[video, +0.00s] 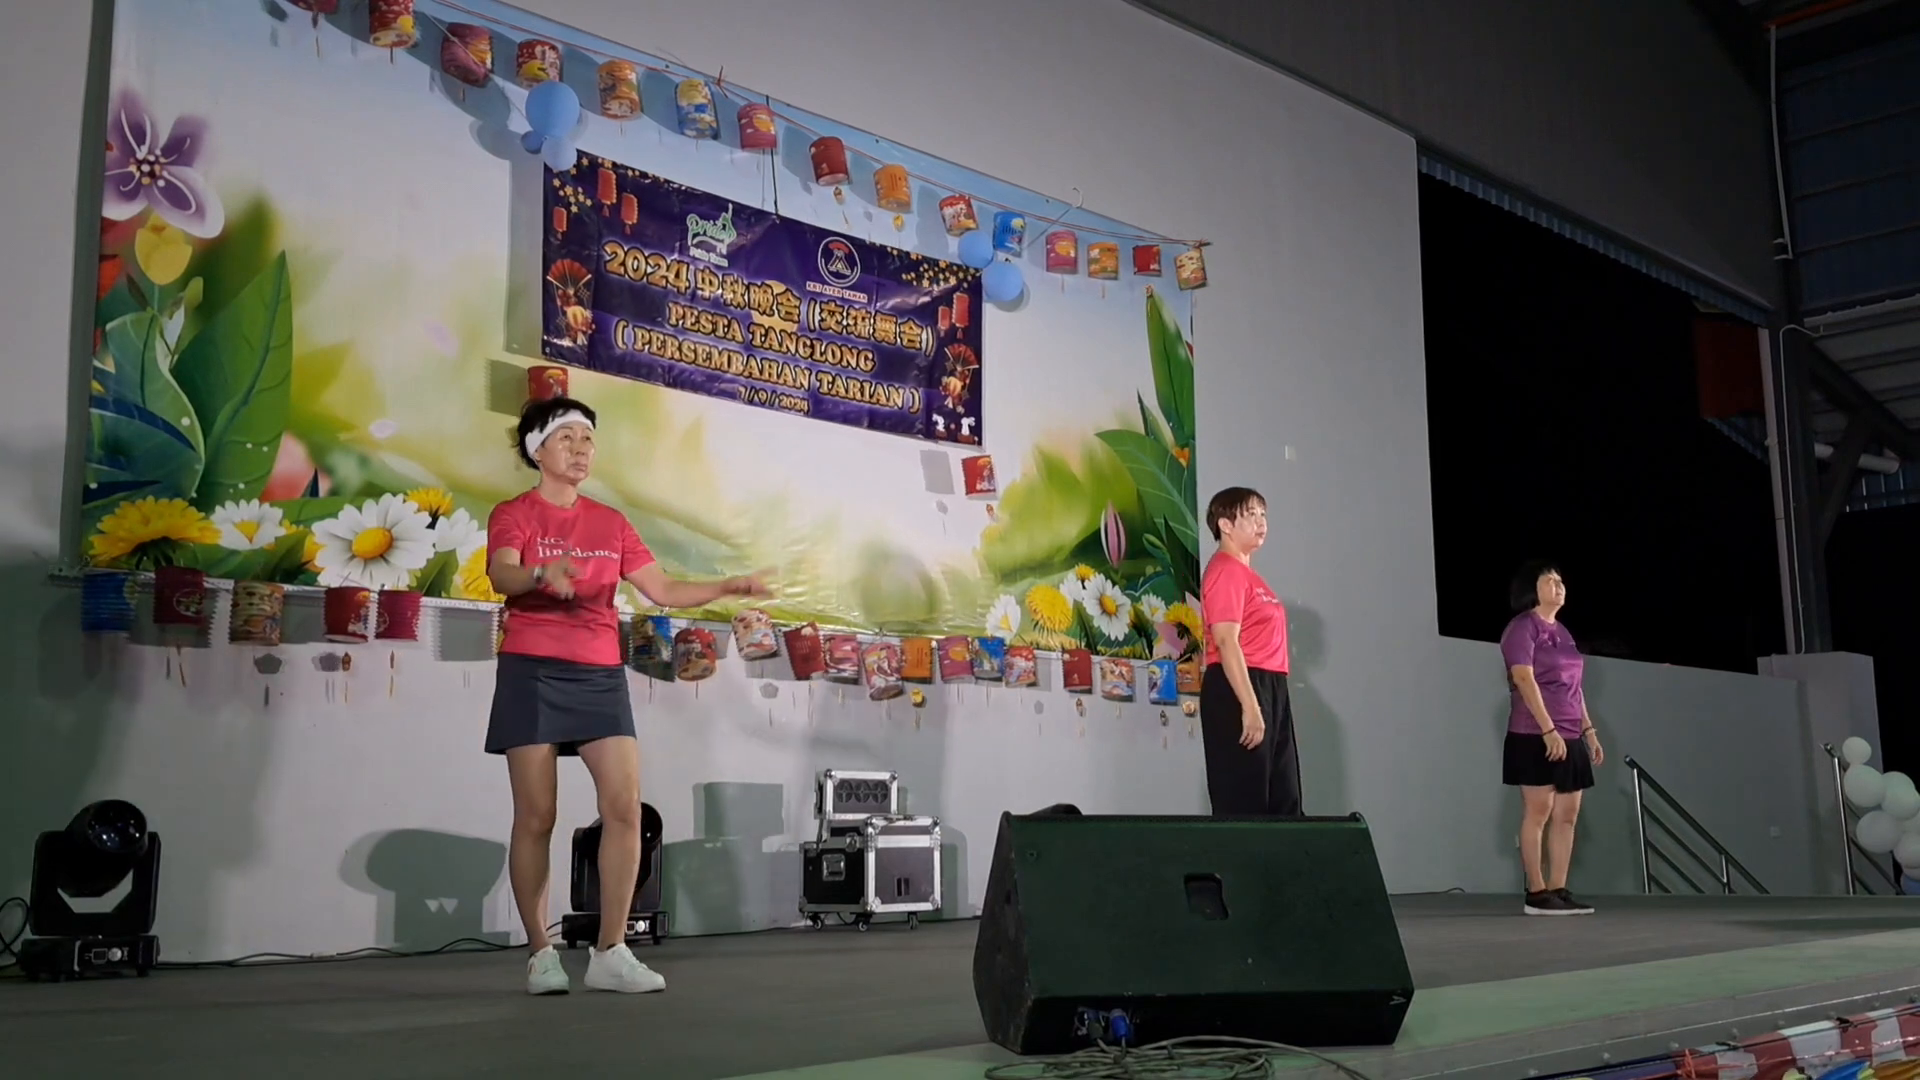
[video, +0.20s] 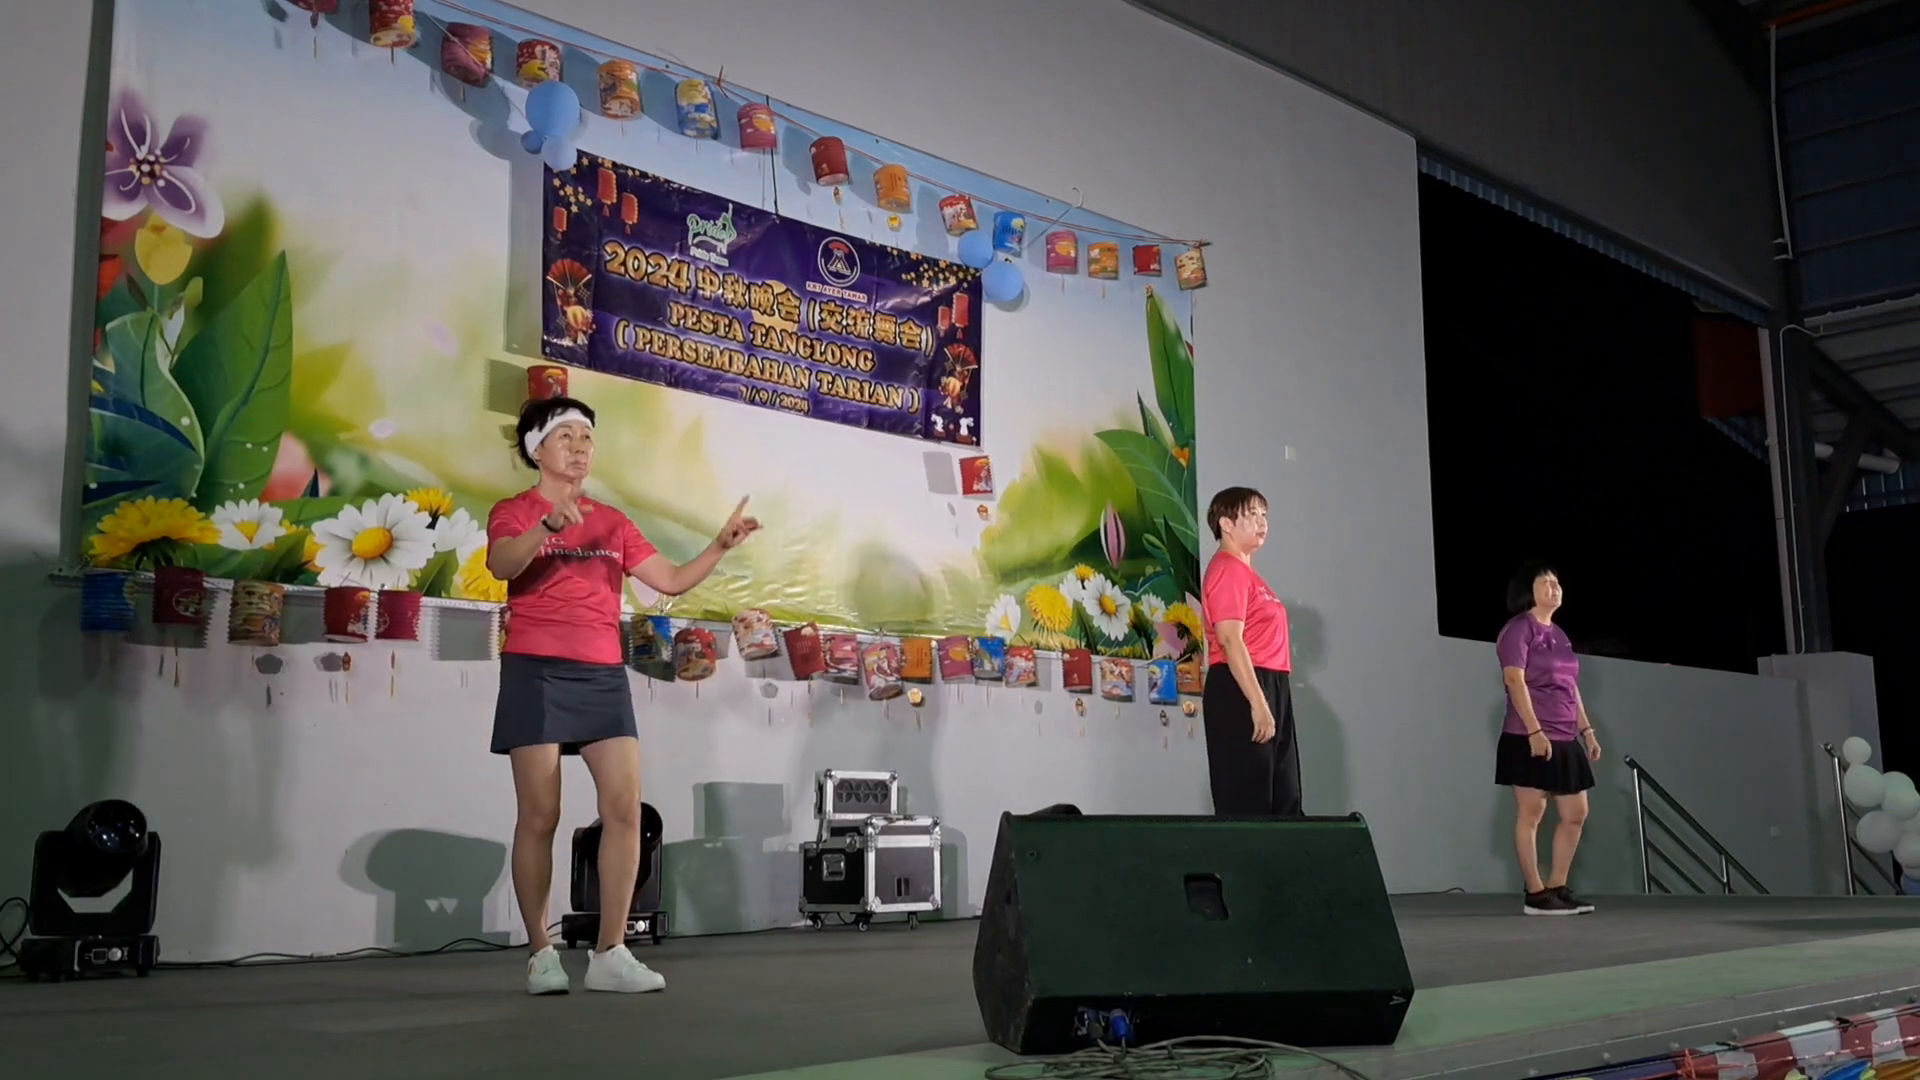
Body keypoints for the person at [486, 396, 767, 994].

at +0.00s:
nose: (580, 448)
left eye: (587, 438)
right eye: (566, 438)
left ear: (593, 450)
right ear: (536, 450)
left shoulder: (611, 523)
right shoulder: (513, 516)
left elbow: (664, 591)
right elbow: (503, 580)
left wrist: (731, 586)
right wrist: (540, 577)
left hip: (600, 676)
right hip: (530, 674)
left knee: (624, 807)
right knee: (536, 816)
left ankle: (610, 950)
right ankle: (542, 950)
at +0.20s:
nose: (580, 447)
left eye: (586, 438)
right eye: (565, 437)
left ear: (593, 450)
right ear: (535, 450)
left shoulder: (610, 522)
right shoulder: (517, 512)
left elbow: (670, 581)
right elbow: (502, 565)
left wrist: (721, 546)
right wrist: (544, 531)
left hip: (603, 675)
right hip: (534, 672)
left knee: (624, 807)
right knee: (539, 814)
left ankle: (610, 951)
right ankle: (542, 949)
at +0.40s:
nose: (582, 449)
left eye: (588, 439)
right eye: (568, 438)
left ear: (594, 450)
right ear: (536, 450)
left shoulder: (609, 520)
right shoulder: (516, 510)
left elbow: (671, 578)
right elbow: (504, 561)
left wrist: (717, 534)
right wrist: (549, 512)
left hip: (606, 674)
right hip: (539, 672)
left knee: (619, 808)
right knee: (546, 813)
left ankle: (610, 953)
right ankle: (542, 951)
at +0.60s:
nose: (582, 448)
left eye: (588, 438)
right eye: (568, 437)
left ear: (596, 449)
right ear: (536, 448)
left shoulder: (609, 521)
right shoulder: (515, 511)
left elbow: (667, 587)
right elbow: (505, 566)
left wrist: (708, 537)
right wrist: (550, 512)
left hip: (603, 676)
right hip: (536, 672)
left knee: (621, 809)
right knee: (542, 812)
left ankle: (609, 954)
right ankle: (541, 950)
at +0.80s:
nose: (579, 445)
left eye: (586, 437)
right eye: (566, 437)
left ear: (595, 450)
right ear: (536, 451)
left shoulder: (611, 522)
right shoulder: (515, 514)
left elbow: (667, 591)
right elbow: (505, 574)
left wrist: (705, 542)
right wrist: (550, 521)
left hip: (598, 678)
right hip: (531, 673)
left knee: (622, 808)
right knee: (537, 814)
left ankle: (608, 953)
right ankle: (541, 950)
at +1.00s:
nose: (579, 440)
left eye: (585, 432)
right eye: (565, 431)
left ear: (593, 448)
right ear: (535, 446)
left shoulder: (611, 518)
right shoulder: (515, 510)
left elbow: (666, 585)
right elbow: (501, 569)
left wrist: (710, 544)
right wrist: (545, 522)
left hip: (603, 675)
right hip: (534, 672)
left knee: (620, 808)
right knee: (539, 813)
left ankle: (609, 953)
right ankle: (541, 951)